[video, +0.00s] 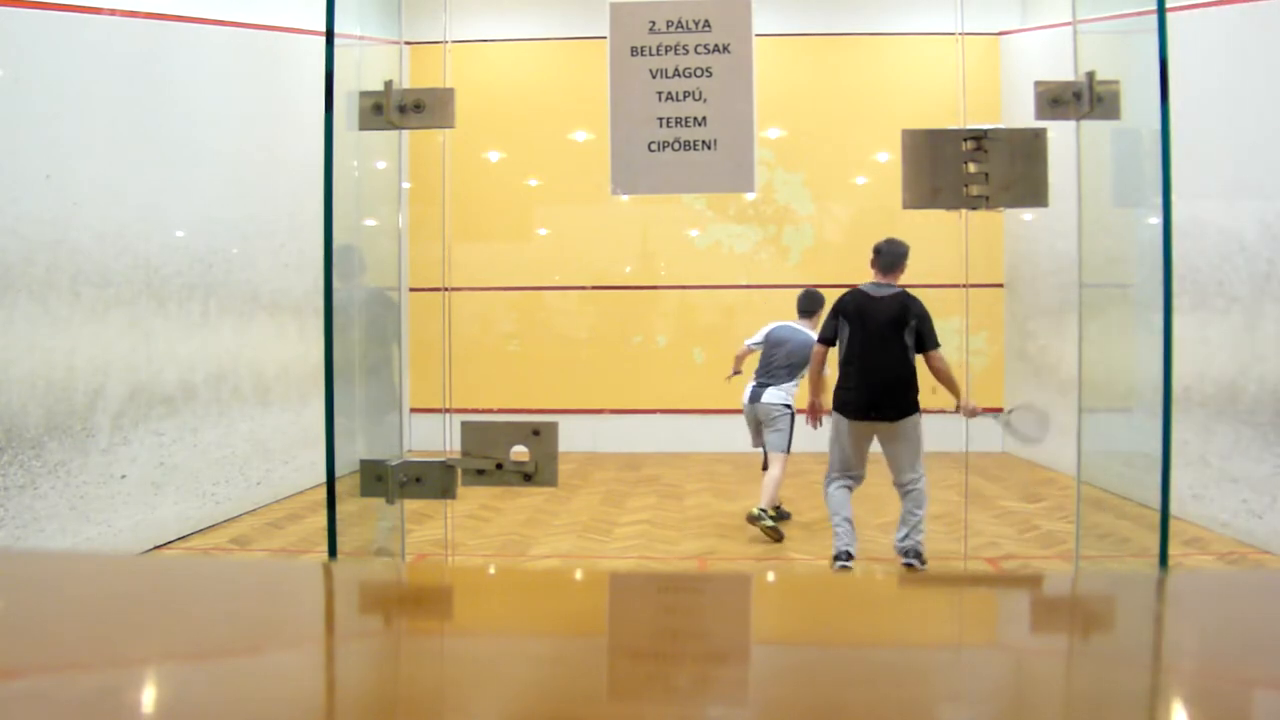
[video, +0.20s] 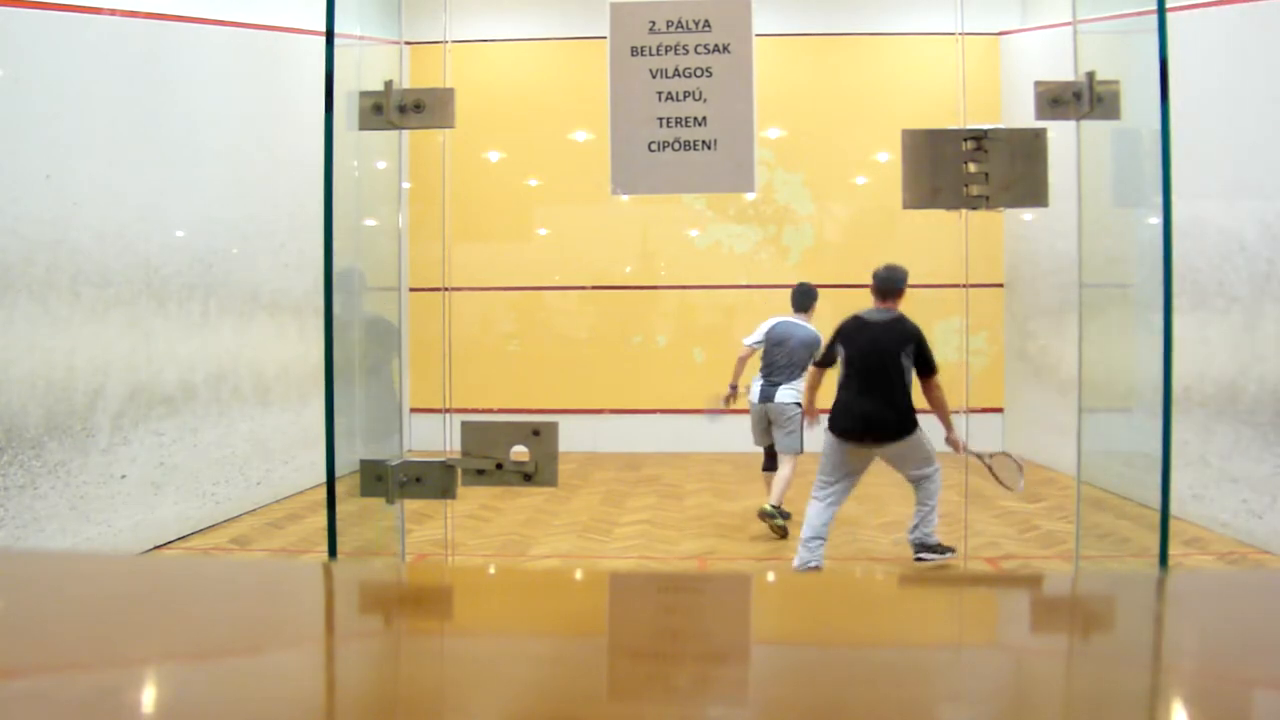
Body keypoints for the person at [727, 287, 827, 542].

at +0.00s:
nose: (820, 315)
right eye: (821, 311)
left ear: (798, 308)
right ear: (819, 312)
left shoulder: (776, 328)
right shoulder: (816, 343)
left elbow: (742, 351)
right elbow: (819, 377)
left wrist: (736, 368)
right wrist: (818, 403)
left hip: (753, 396)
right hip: (779, 400)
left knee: (768, 454)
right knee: (777, 461)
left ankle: (772, 503)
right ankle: (763, 509)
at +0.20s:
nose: (814, 308)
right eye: (815, 304)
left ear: (792, 303)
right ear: (813, 306)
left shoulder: (773, 325)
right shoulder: (815, 338)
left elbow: (744, 355)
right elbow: (817, 372)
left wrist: (734, 385)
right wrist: (811, 403)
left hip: (759, 397)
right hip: (788, 400)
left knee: (769, 454)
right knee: (787, 460)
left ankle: (775, 505)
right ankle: (772, 505)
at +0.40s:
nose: (809, 302)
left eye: (805, 297)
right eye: (809, 298)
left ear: (785, 299)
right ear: (807, 301)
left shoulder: (766, 325)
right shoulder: (814, 333)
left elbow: (750, 360)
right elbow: (813, 363)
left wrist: (745, 395)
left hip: (763, 402)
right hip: (792, 404)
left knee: (770, 454)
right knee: (793, 461)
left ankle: (773, 507)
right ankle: (787, 513)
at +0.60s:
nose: (808, 302)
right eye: (808, 298)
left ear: (783, 299)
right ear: (806, 300)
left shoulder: (764, 327)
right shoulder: (815, 333)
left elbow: (749, 363)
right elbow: (816, 376)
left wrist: (747, 398)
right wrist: (801, 393)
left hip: (763, 403)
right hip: (793, 405)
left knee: (766, 457)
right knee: (796, 466)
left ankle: (769, 506)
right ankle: (783, 520)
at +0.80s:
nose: (808, 295)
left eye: (805, 291)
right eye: (808, 292)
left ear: (781, 293)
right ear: (805, 294)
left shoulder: (762, 320)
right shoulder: (814, 327)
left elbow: (745, 358)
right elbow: (818, 371)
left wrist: (740, 392)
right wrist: (811, 402)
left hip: (757, 399)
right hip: (790, 401)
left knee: (752, 458)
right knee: (793, 465)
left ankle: (747, 515)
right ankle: (784, 520)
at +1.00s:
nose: (796, 300)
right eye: (796, 296)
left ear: (770, 298)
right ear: (793, 298)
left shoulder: (753, 327)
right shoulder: (805, 332)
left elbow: (734, 366)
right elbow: (813, 376)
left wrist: (727, 395)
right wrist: (810, 409)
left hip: (750, 409)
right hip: (785, 412)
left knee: (732, 466)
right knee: (793, 466)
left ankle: (725, 514)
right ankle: (784, 521)